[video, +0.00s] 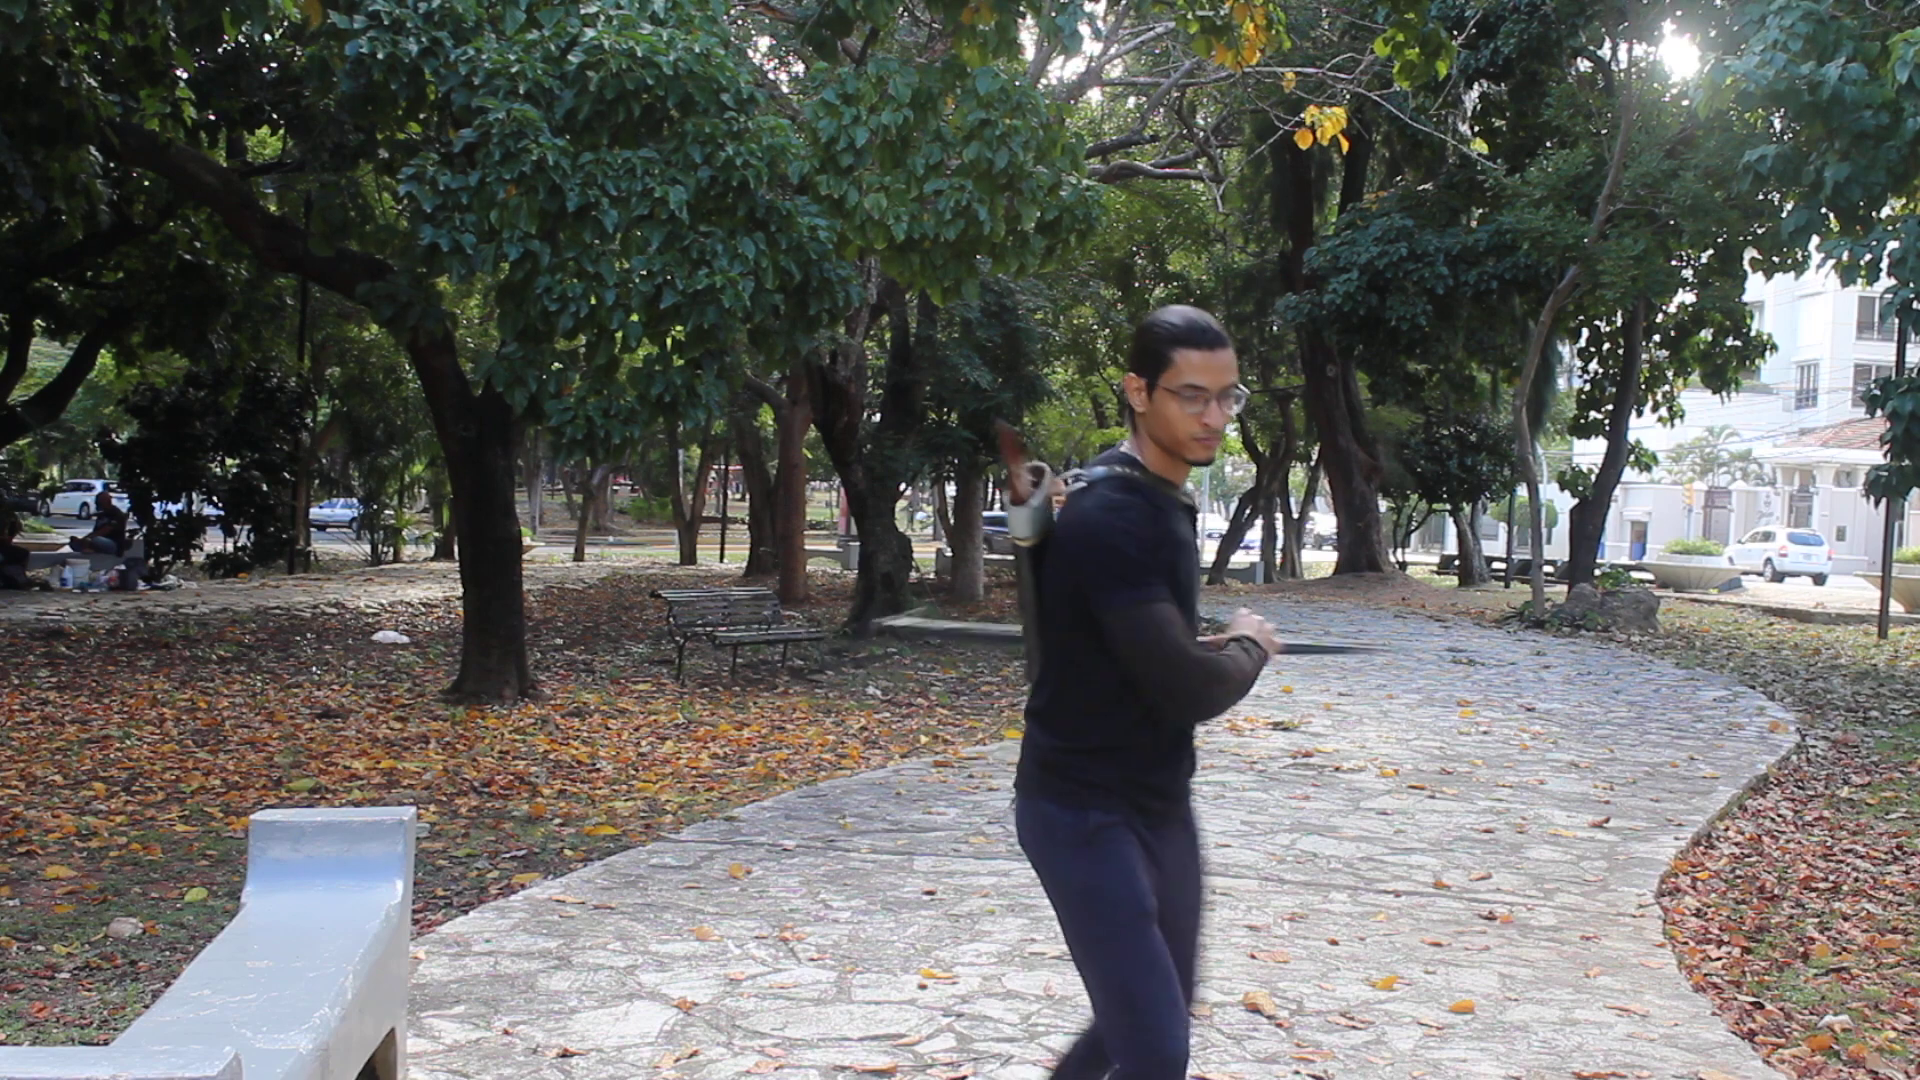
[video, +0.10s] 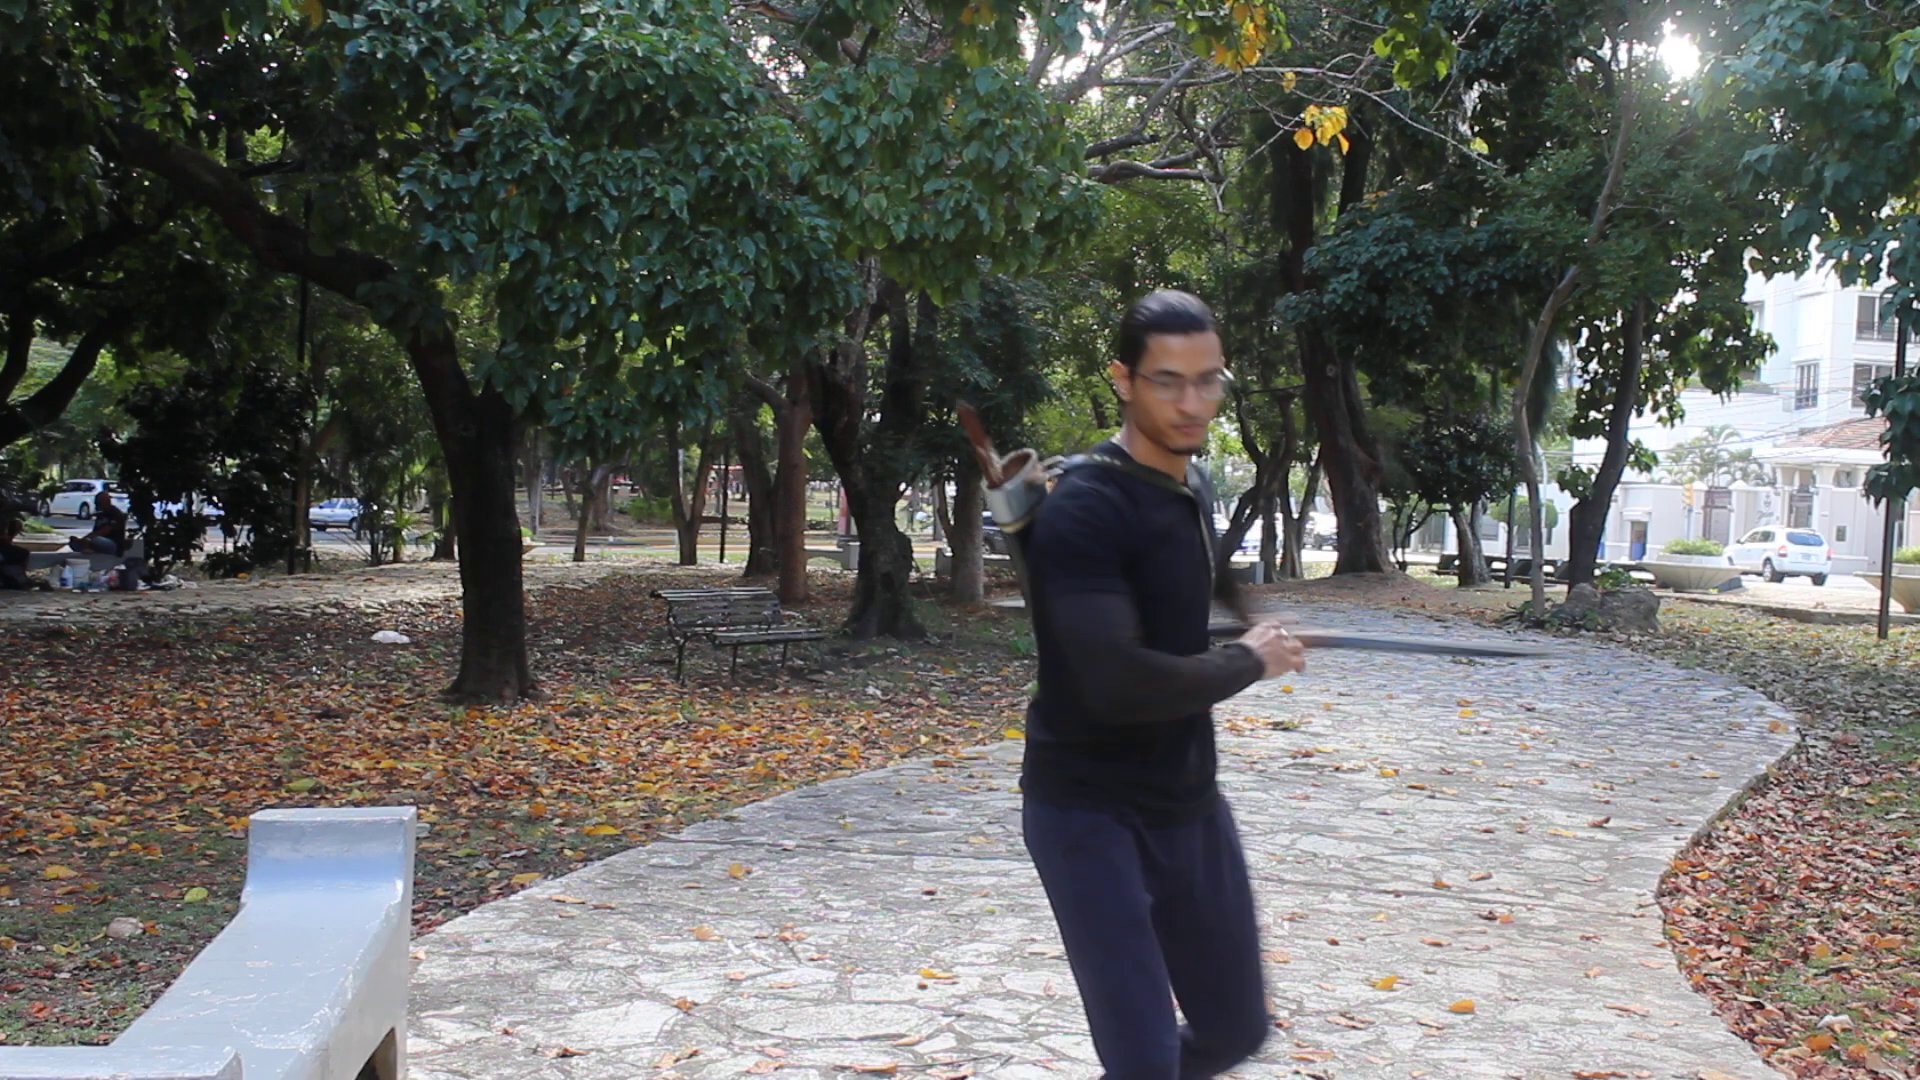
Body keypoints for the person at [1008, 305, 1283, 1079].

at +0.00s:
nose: (1214, 417)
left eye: (1225, 395)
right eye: (1191, 395)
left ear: (1236, 394)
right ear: (1136, 395)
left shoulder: (1167, 505)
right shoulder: (1103, 513)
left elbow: (1162, 654)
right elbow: (1187, 689)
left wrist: (1215, 647)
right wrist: (1250, 646)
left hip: (1158, 803)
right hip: (1079, 806)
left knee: (1146, 1025)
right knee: (1155, 1047)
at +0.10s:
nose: (1192, 404)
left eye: (1207, 380)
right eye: (1168, 381)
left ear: (1224, 381)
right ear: (1124, 383)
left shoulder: (1183, 495)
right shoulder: (1077, 507)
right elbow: (1109, 684)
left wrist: (1239, 642)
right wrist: (1247, 660)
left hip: (1185, 798)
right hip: (1085, 805)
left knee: (1235, 1026)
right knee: (1146, 1056)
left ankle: (1155, 1067)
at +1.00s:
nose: (1227, 367)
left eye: (1253, 344)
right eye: (1224, 348)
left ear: (1329, 355)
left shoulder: (1309, 464)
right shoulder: (1369, 479)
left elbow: (1150, 506)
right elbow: (1332, 714)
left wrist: (1055, 515)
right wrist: (1227, 684)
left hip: (1325, 878)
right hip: (1280, 866)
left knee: (1264, 1068)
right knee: (1224, 1063)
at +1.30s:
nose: (1246, 392)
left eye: (1272, 366)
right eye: (1243, 369)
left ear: (1350, 373)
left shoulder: (1292, 494)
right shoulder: (1430, 501)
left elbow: (1146, 590)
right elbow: (1389, 685)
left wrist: (1231, 554)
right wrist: (1254, 692)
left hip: (1321, 893)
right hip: (1385, 879)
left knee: (1254, 1067)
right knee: (1274, 1058)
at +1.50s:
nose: (1261, 388)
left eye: (1287, 364)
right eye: (1258, 366)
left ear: (1365, 370)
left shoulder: (1305, 495)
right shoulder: (1440, 499)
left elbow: (1144, 582)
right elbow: (1397, 685)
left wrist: (1246, 563)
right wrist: (1265, 690)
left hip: (1322, 888)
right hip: (1389, 876)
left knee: (1253, 1067)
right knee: (1277, 1061)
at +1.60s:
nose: (1265, 385)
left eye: (1291, 362)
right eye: (1264, 364)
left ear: (1370, 370)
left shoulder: (1310, 494)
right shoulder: (1445, 501)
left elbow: (1141, 575)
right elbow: (1394, 689)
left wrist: (1243, 562)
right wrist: (1264, 689)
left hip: (1323, 886)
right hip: (1388, 875)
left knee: (1257, 1066)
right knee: (1278, 1059)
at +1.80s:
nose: (1268, 382)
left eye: (1294, 359)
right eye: (1267, 361)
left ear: (1372, 367)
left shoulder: (1314, 494)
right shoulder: (1441, 497)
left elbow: (1139, 572)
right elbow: (1393, 690)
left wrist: (1246, 560)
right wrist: (1264, 686)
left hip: (1321, 888)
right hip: (1383, 875)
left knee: (1265, 1065)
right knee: (1271, 1055)